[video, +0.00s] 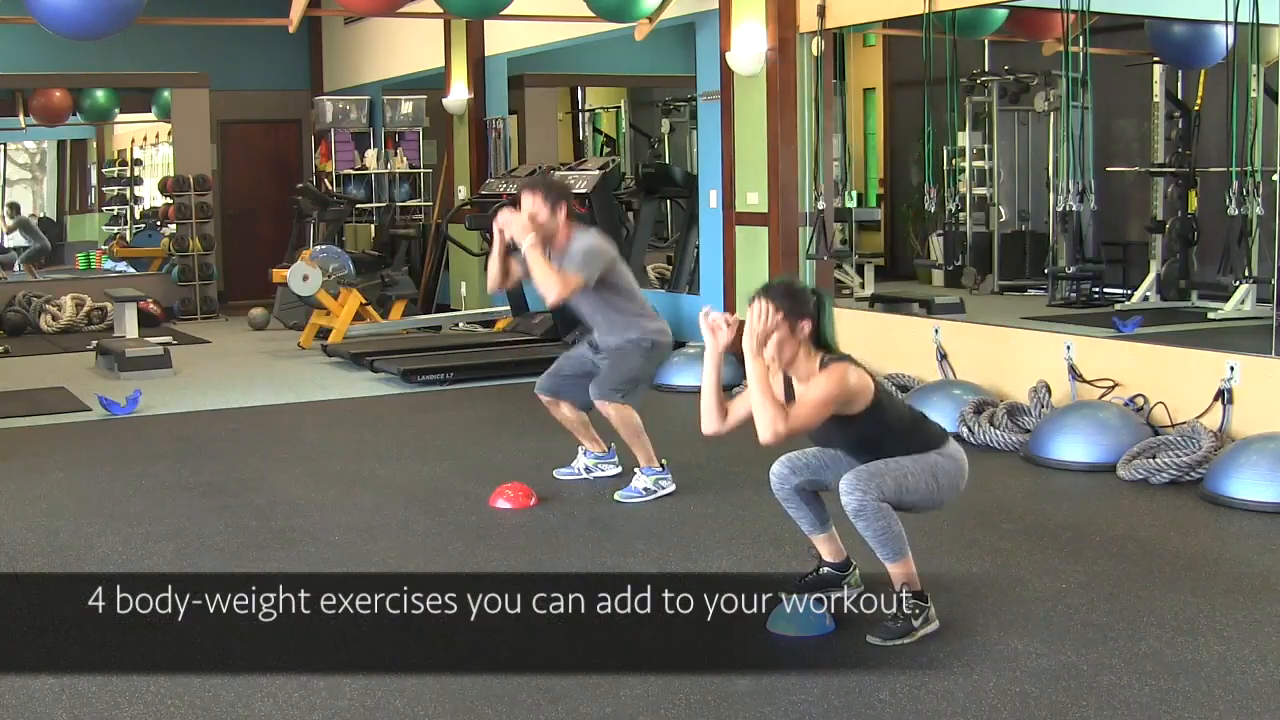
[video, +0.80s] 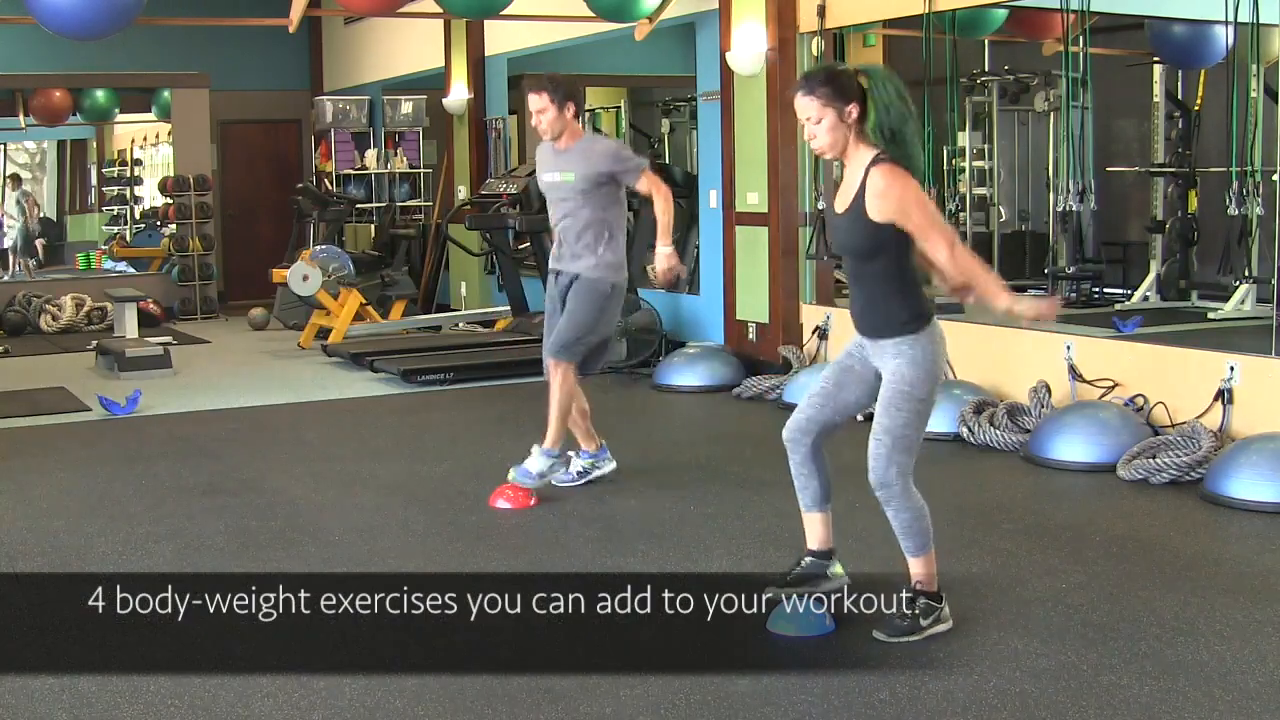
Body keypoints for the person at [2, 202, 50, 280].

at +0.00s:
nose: (6, 213)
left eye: (8, 210)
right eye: (6, 211)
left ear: (14, 210)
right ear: (15, 210)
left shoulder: (20, 220)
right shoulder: (21, 219)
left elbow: (7, 231)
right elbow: (8, 231)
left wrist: (2, 218)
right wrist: (3, 219)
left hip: (41, 245)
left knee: (23, 261)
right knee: (25, 260)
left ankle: (36, 279)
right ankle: (36, 278)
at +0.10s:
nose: (6, 223)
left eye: (8, 220)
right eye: (6, 221)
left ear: (13, 221)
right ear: (14, 221)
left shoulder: (21, 229)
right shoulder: (21, 229)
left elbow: (6, 240)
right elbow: (7, 239)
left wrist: (2, 229)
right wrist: (3, 229)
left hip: (43, 252)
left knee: (23, 261)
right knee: (23, 260)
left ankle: (36, 279)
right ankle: (36, 278)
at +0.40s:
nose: (7, 211)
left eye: (8, 209)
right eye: (7, 209)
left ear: (14, 209)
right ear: (13, 209)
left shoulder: (20, 218)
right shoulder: (17, 219)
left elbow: (19, 231)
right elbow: (16, 231)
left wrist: (9, 242)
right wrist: (8, 240)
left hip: (40, 243)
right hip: (36, 243)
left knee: (23, 260)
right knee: (25, 260)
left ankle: (35, 278)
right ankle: (35, 278)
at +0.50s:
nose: (7, 198)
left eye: (9, 195)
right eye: (7, 195)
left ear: (14, 195)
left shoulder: (21, 206)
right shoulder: (18, 207)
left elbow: (27, 214)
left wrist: (22, 227)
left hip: (35, 235)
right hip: (32, 235)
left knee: (23, 258)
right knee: (25, 258)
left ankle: (35, 279)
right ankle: (35, 278)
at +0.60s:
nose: (8, 186)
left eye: (9, 183)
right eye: (7, 183)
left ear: (15, 183)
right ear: (15, 183)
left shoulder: (22, 194)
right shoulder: (19, 195)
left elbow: (30, 205)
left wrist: (29, 220)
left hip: (28, 228)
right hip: (24, 227)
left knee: (23, 253)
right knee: (22, 253)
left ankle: (32, 275)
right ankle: (31, 275)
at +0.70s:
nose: (7, 183)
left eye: (9, 180)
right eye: (7, 180)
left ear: (15, 180)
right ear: (17, 180)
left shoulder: (21, 191)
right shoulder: (25, 190)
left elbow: (31, 202)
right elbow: (37, 202)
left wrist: (35, 217)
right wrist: (36, 216)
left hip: (26, 222)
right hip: (26, 223)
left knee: (22, 251)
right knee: (15, 247)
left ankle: (30, 273)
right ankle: (18, 271)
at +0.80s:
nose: (8, 185)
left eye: (10, 182)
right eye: (8, 182)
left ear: (16, 182)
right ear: (16, 182)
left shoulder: (21, 194)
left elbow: (28, 207)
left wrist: (30, 220)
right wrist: (7, 214)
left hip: (24, 226)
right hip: (20, 225)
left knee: (22, 254)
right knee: (12, 249)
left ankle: (31, 277)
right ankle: (11, 274)